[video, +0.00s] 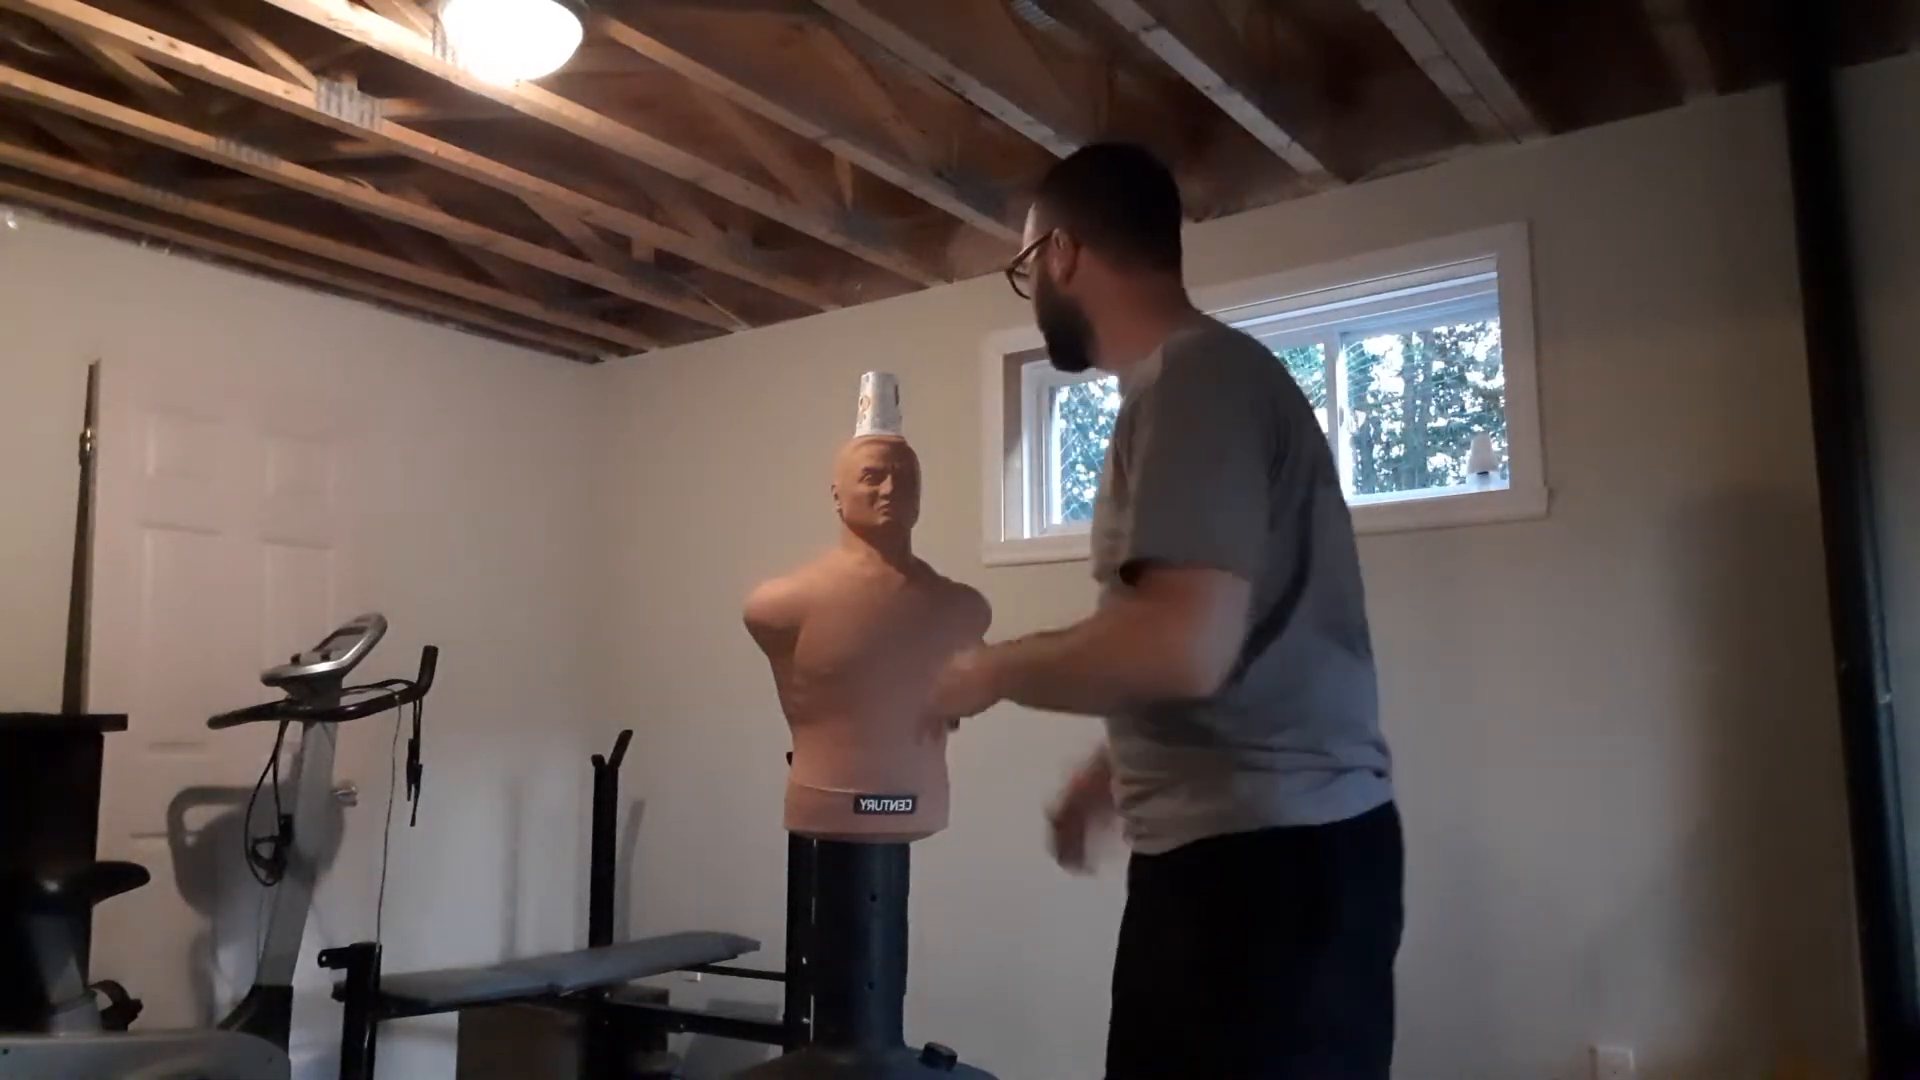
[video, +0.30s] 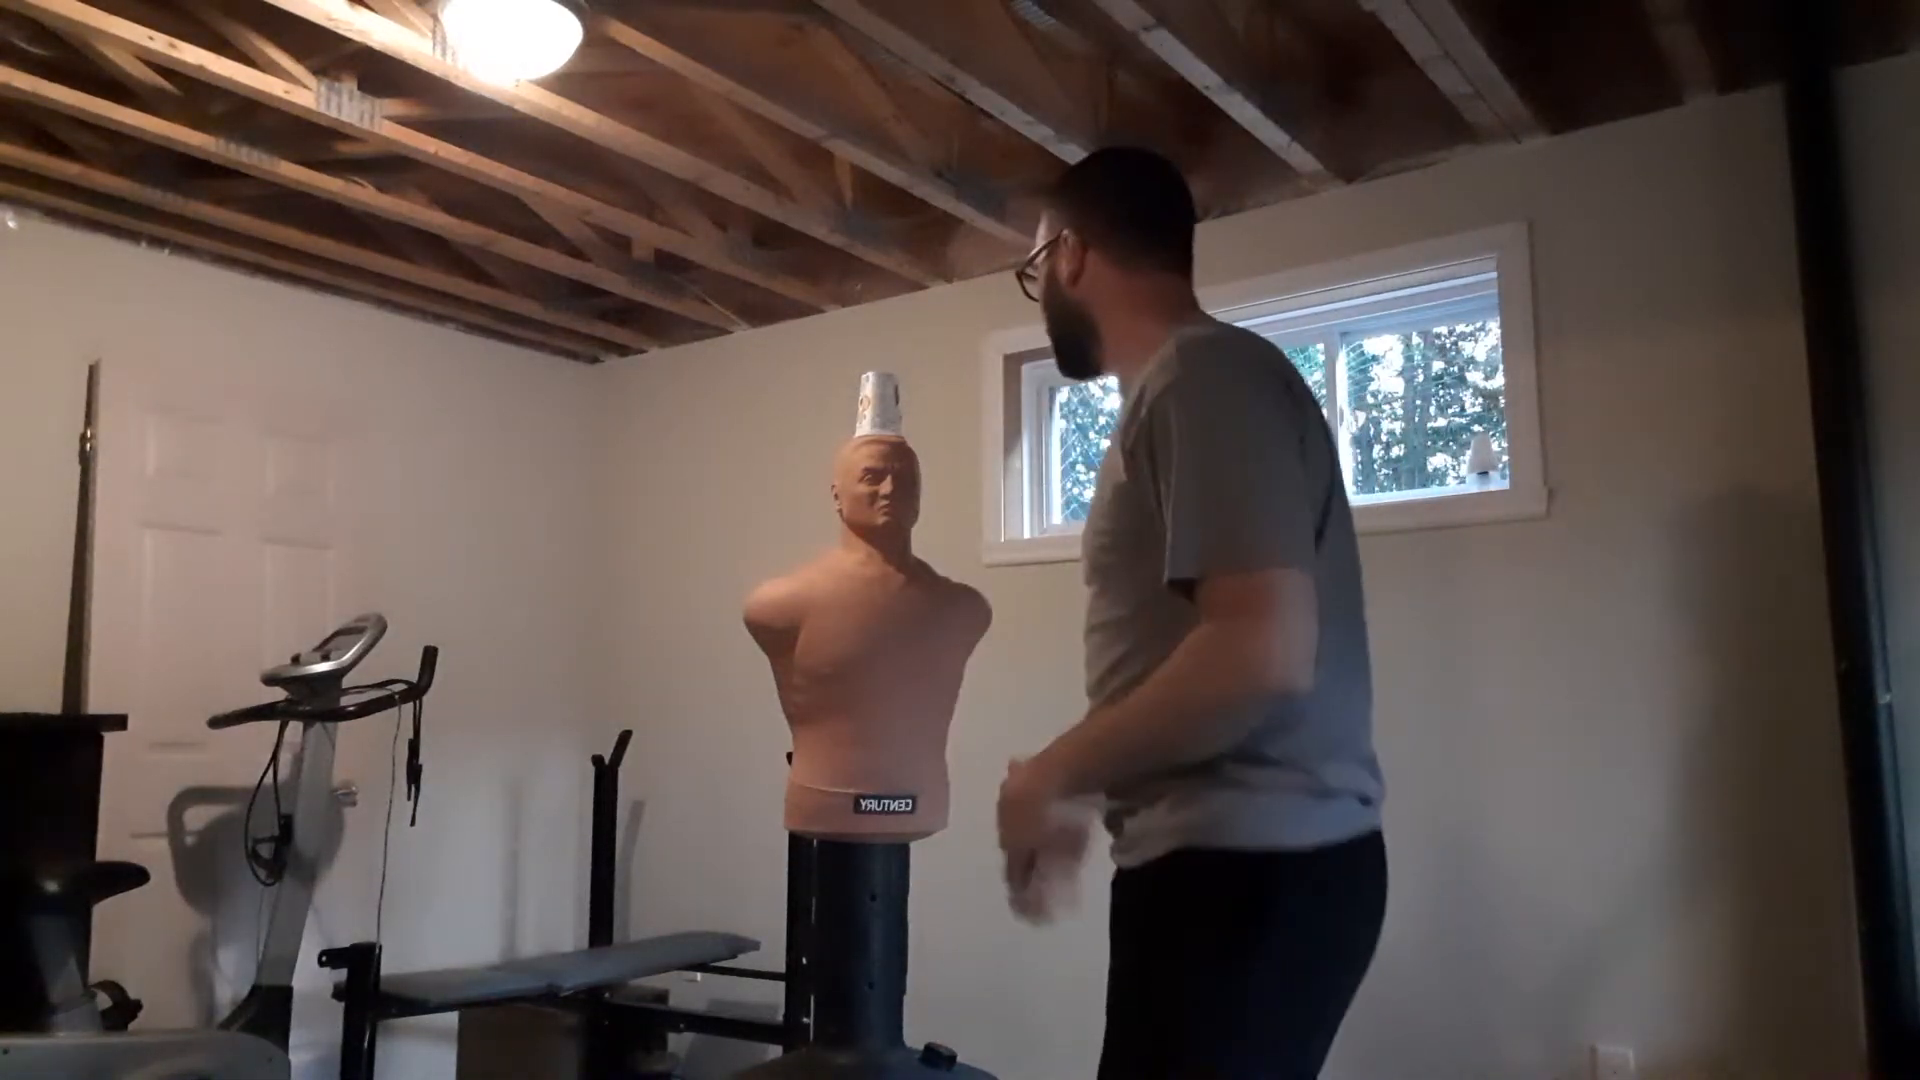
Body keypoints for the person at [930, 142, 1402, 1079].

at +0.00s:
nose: (1029, 289)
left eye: (1028, 260)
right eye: (1025, 266)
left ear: (1064, 253)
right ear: (1157, 245)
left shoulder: (1204, 378)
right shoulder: (1180, 388)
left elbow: (1180, 640)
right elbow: (1238, 640)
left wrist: (995, 668)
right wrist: (1121, 767)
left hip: (1269, 860)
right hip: (1233, 853)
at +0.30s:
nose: (1037, 292)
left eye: (1037, 264)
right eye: (1035, 270)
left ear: (1074, 252)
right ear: (1171, 249)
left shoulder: (1210, 377)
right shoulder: (1189, 386)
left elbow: (1262, 645)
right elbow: (1213, 646)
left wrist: (1055, 772)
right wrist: (1064, 790)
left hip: (1249, 878)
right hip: (1219, 874)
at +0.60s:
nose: (1056, 172)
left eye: (1057, 136)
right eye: (1055, 143)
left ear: (1095, 121)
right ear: (1201, 109)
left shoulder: (1235, 202)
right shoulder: (1236, 221)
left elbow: (1293, 470)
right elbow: (1303, 520)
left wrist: (1090, 567)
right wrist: (1186, 711)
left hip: (1318, 777)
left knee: (1203, 1063)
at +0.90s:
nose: (1066, 208)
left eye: (1068, 168)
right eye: (1064, 176)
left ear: (1113, 156)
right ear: (1214, 144)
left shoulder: (1287, 269)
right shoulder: (1236, 312)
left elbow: (1329, 579)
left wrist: (1089, 631)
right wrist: (1220, 796)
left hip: (1350, 865)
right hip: (1283, 865)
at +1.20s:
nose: (1029, 271)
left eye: (1031, 239)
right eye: (1027, 246)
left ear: (1074, 227)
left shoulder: (1257, 323)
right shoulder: (1165, 394)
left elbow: (1347, 570)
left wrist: (1064, 650)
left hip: (1312, 875)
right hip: (1227, 876)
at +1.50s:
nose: (1024, 266)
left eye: (1025, 235)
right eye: (1023, 242)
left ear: (1063, 218)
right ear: (1158, 210)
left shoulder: (1206, 309)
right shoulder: (1176, 353)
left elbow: (1271, 552)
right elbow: (1216, 632)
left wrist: (1046, 623)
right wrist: (1089, 744)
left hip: (1273, 863)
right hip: (1230, 860)